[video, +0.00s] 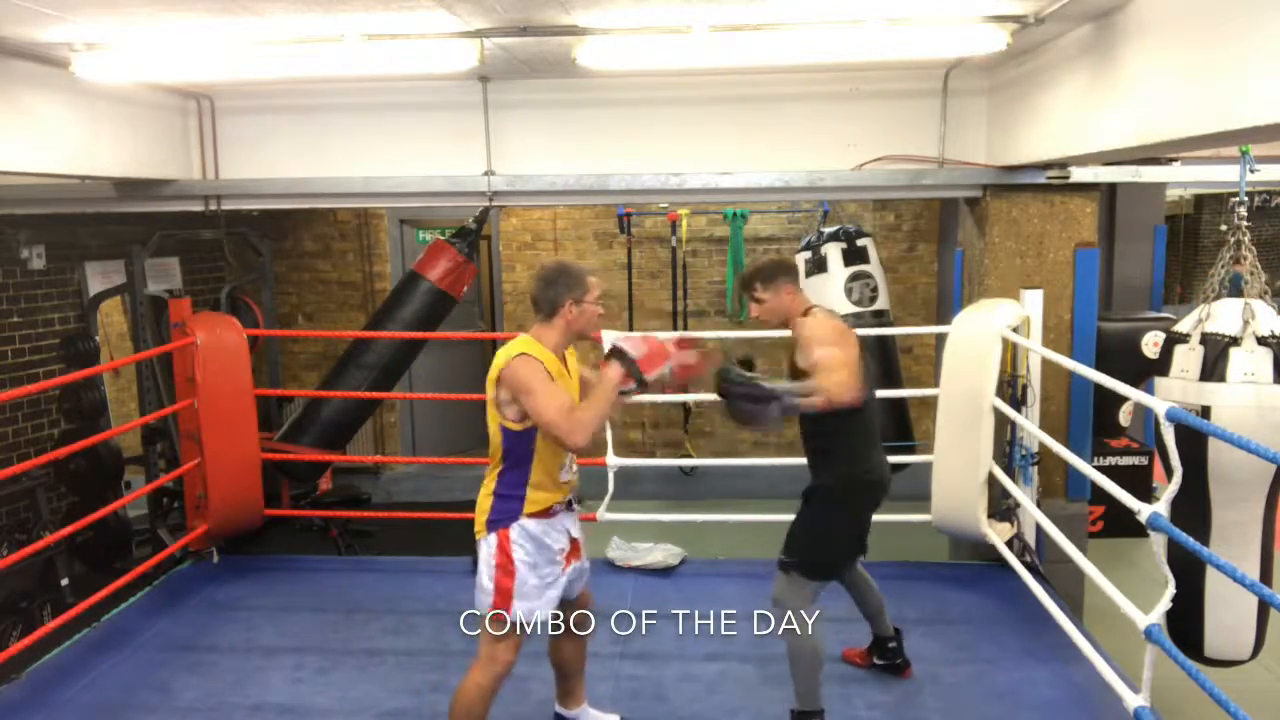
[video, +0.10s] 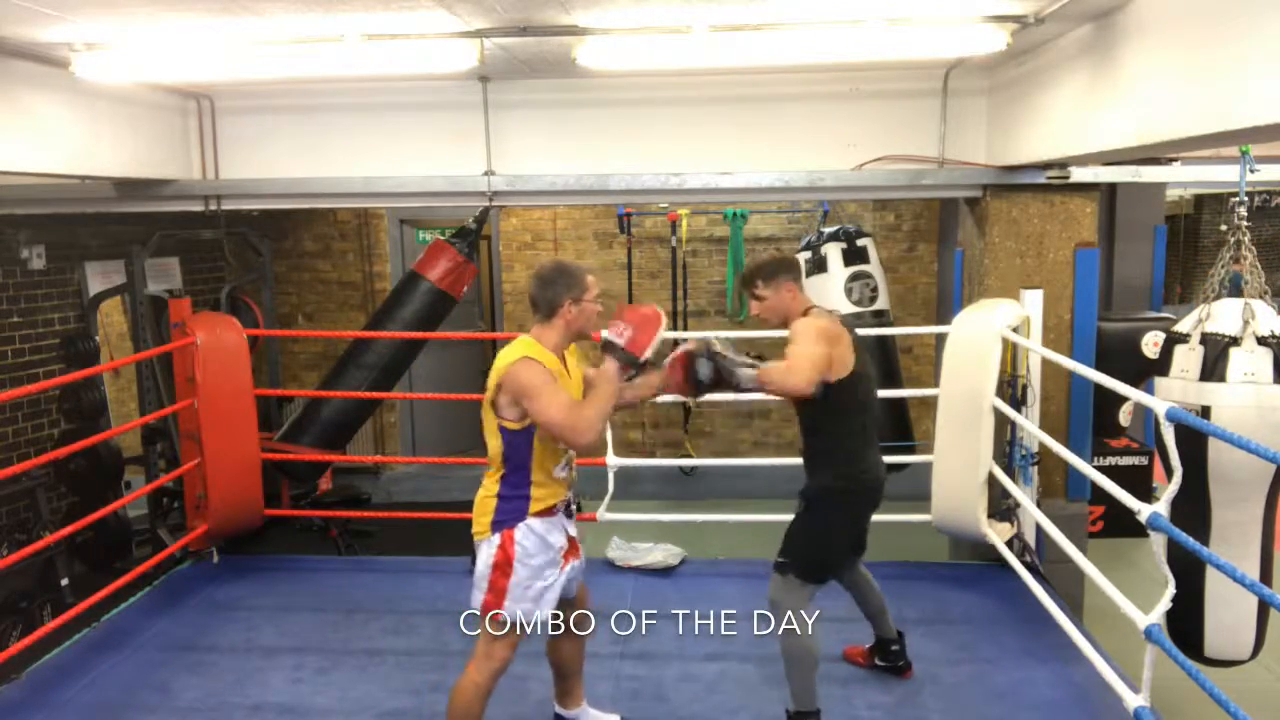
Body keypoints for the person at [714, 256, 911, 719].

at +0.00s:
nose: (754, 312)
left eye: (759, 301)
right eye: (752, 302)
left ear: (785, 293)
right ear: (790, 293)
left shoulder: (817, 328)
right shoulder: (819, 325)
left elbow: (844, 391)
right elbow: (824, 390)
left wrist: (778, 398)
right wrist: (772, 399)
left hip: (843, 481)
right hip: (858, 474)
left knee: (790, 596)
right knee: (844, 565)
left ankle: (807, 712)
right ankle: (888, 648)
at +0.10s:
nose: (754, 310)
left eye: (758, 298)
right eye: (752, 300)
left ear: (787, 290)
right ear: (791, 291)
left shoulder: (811, 328)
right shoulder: (825, 324)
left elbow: (801, 380)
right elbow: (796, 378)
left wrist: (740, 372)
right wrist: (741, 373)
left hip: (837, 486)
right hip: (857, 479)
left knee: (787, 596)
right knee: (843, 564)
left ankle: (804, 713)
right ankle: (891, 649)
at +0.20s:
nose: (751, 313)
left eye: (756, 303)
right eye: (749, 304)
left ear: (787, 293)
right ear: (776, 297)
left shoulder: (829, 332)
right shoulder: (779, 336)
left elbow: (864, 397)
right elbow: (734, 363)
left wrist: (796, 393)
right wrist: (694, 361)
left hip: (842, 484)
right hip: (820, 482)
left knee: (785, 597)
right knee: (843, 568)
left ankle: (807, 713)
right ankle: (890, 650)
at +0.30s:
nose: (750, 329)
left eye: (756, 319)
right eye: (747, 321)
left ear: (784, 309)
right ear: (755, 317)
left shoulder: (829, 350)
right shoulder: (758, 341)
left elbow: (866, 427)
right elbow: (719, 376)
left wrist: (802, 404)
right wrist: (689, 390)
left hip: (836, 490)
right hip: (802, 487)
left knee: (787, 602)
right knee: (824, 575)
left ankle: (821, 715)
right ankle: (885, 647)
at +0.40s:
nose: (710, 371)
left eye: (714, 360)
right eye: (707, 361)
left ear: (739, 349)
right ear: (734, 349)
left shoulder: (803, 376)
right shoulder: (756, 378)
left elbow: (831, 459)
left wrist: (787, 447)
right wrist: (734, 432)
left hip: (831, 498)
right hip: (796, 489)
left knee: (776, 611)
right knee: (778, 574)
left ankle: (816, 714)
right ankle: (846, 630)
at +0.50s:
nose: (684, 379)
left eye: (685, 367)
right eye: (681, 368)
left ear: (709, 359)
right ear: (712, 355)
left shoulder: (763, 391)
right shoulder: (754, 381)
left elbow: (766, 476)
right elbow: (756, 449)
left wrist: (714, 452)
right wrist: (713, 435)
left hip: (813, 516)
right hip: (792, 505)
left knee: (753, 631)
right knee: (749, 560)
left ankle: (809, 715)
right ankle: (745, 626)